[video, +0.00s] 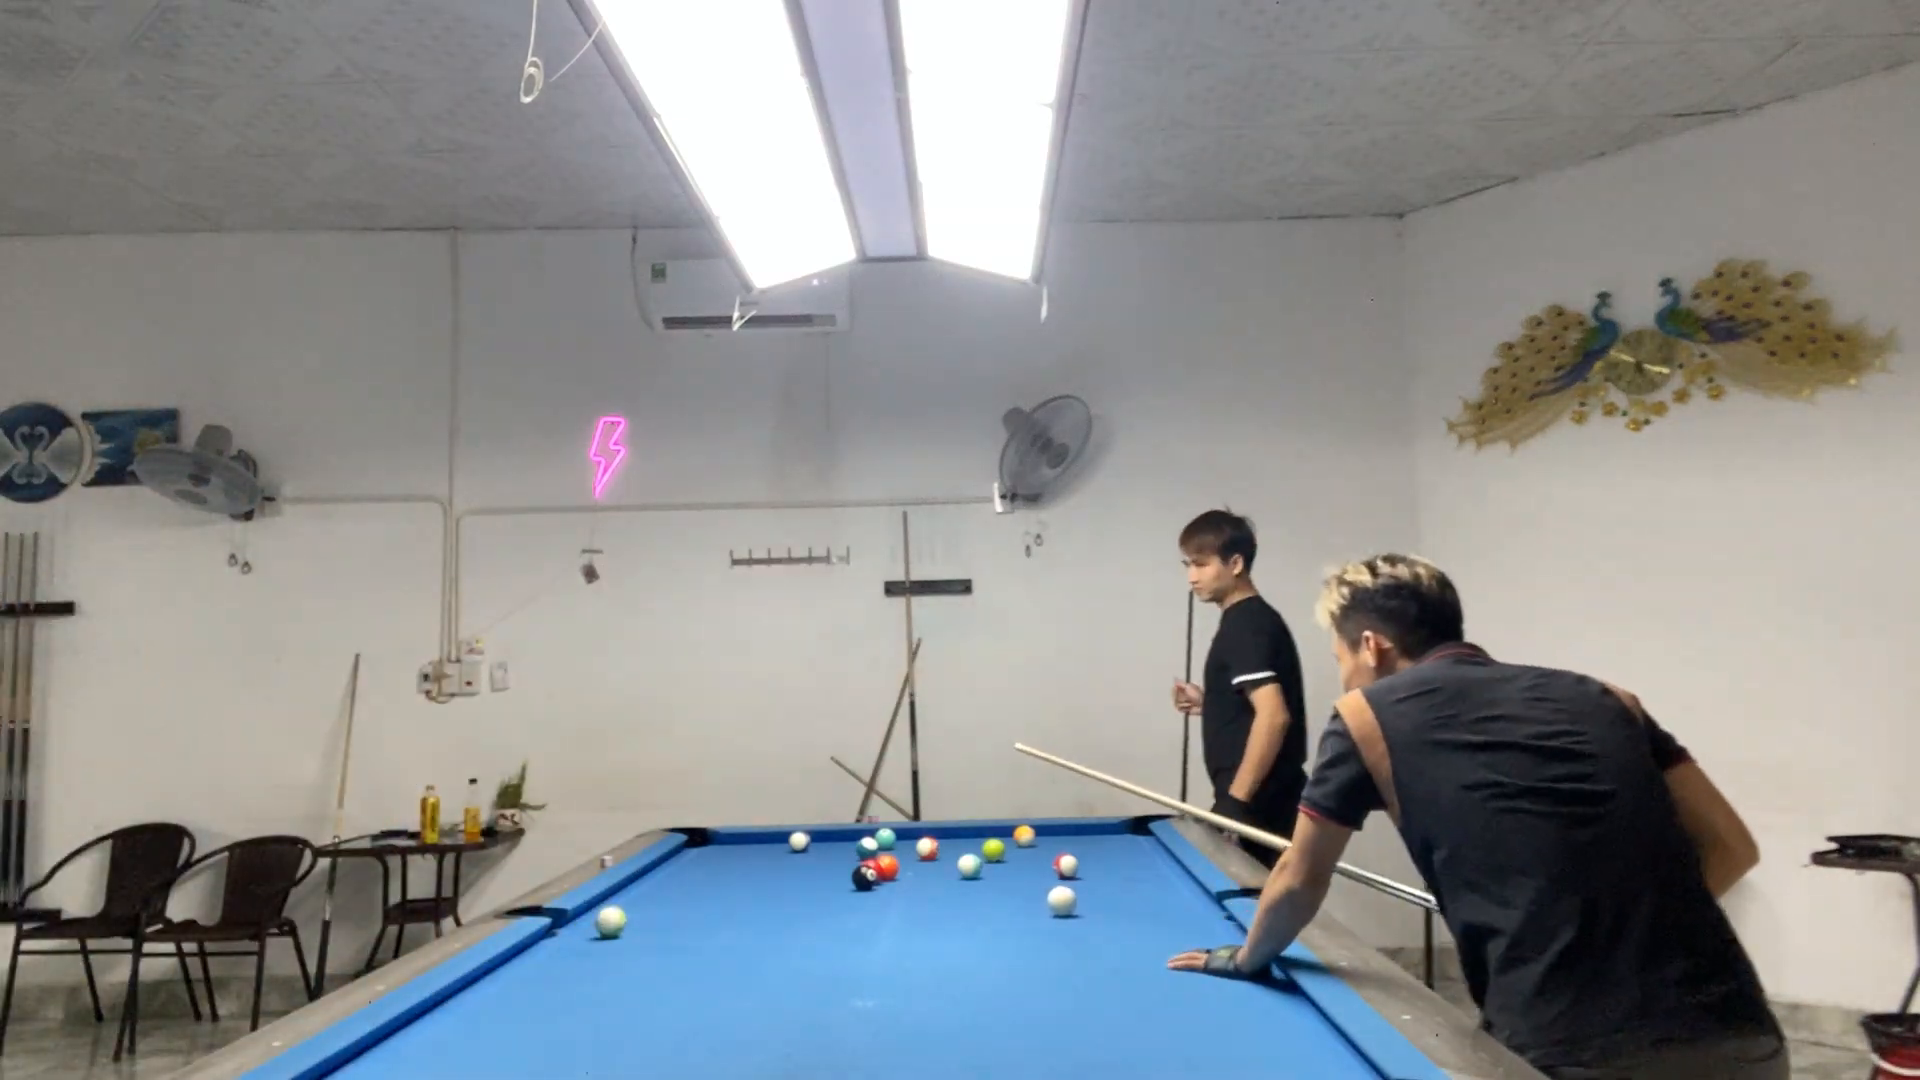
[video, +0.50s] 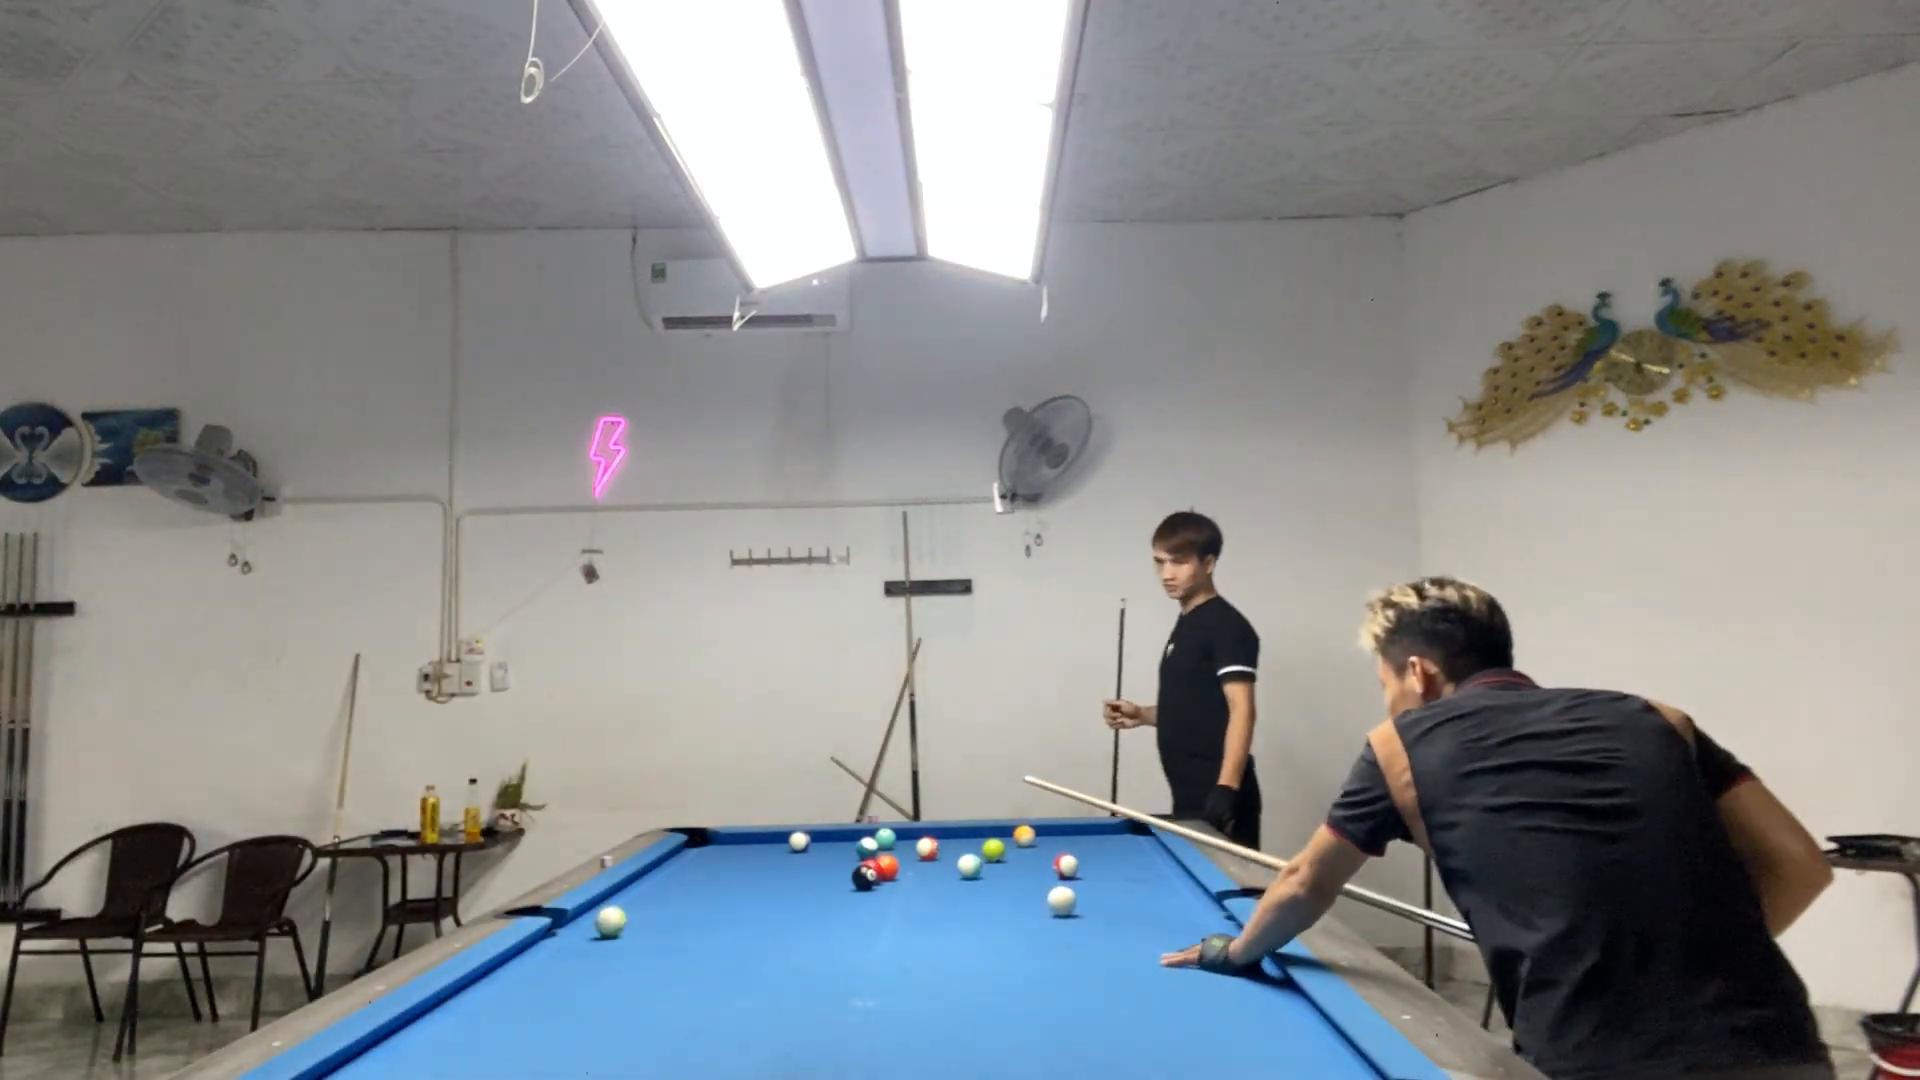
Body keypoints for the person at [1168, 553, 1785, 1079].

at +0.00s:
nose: (1341, 680)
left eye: (1340, 661)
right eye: (1336, 663)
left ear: (1375, 650)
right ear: (1457, 637)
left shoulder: (1369, 715)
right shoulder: (1602, 695)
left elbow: (1299, 878)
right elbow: (1730, 846)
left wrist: (1248, 960)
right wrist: (1635, 919)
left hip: (1567, 1045)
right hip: (1732, 1034)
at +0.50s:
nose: (1383, 704)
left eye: (1383, 685)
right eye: (1381, 686)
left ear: (1419, 674)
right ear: (1507, 666)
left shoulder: (1402, 747)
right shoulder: (1653, 717)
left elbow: (1304, 885)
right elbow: (1799, 866)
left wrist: (1241, 952)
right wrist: (1698, 950)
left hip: (1600, 1057)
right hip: (1776, 1050)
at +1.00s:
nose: (1329, 787)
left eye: (1328, 770)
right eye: (1327, 773)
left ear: (1360, 757)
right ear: (1436, 727)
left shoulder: (1353, 810)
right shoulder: (1555, 737)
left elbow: (1245, 910)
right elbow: (1717, 723)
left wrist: (1175, 927)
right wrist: (1852, 881)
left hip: (1607, 1062)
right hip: (1745, 1042)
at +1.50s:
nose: (1329, 822)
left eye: (1324, 812)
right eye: (1324, 813)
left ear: (1350, 798)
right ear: (1425, 766)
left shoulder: (1350, 844)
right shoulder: (1534, 755)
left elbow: (1244, 929)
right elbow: (1677, 708)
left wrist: (1169, 925)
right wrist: (1756, 876)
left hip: (1609, 1053)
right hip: (1745, 1034)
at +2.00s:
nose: (1330, 829)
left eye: (1326, 818)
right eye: (1326, 821)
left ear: (1348, 803)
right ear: (1427, 772)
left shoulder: (1352, 847)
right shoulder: (1537, 762)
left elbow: (1243, 933)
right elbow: (1679, 716)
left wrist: (1175, 923)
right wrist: (1749, 885)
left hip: (1611, 1055)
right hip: (1745, 1036)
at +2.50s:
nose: (1328, 832)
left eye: (1323, 819)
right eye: (1323, 822)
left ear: (1349, 802)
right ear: (1424, 774)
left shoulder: (1351, 848)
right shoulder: (1534, 760)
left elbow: (1243, 931)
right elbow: (1681, 721)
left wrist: (1174, 924)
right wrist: (1766, 889)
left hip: (1610, 1053)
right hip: (1743, 1033)